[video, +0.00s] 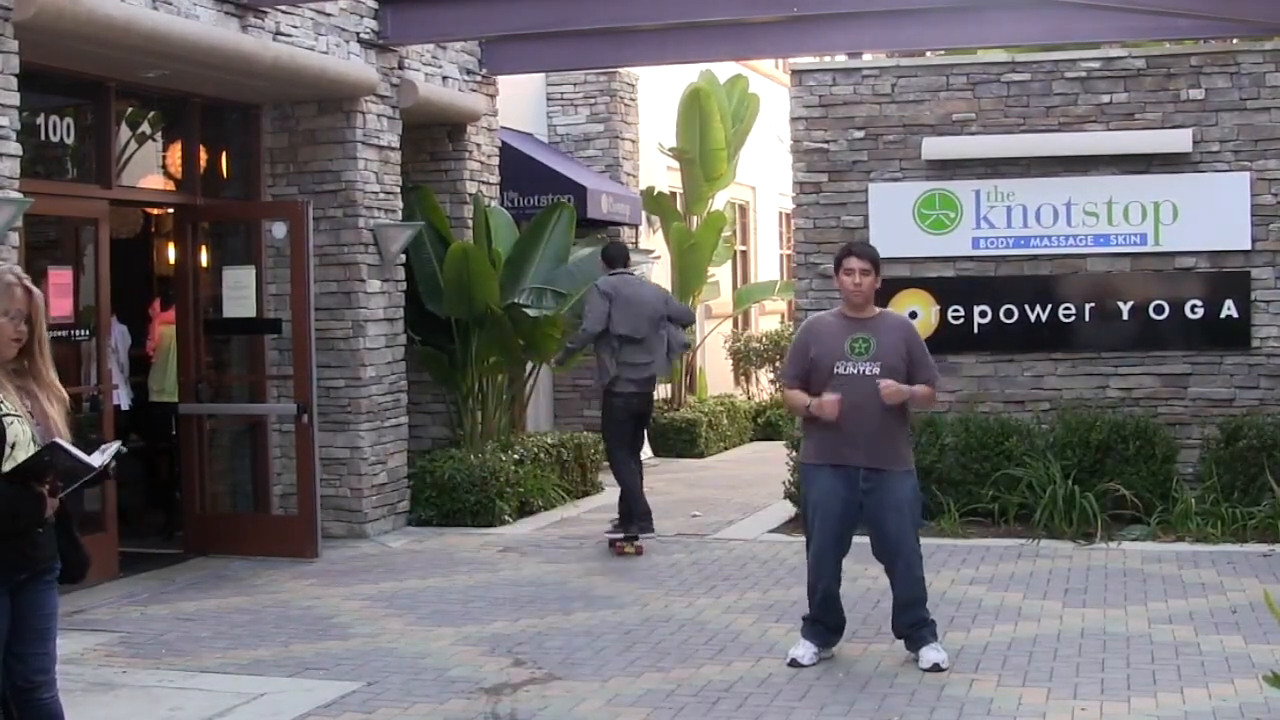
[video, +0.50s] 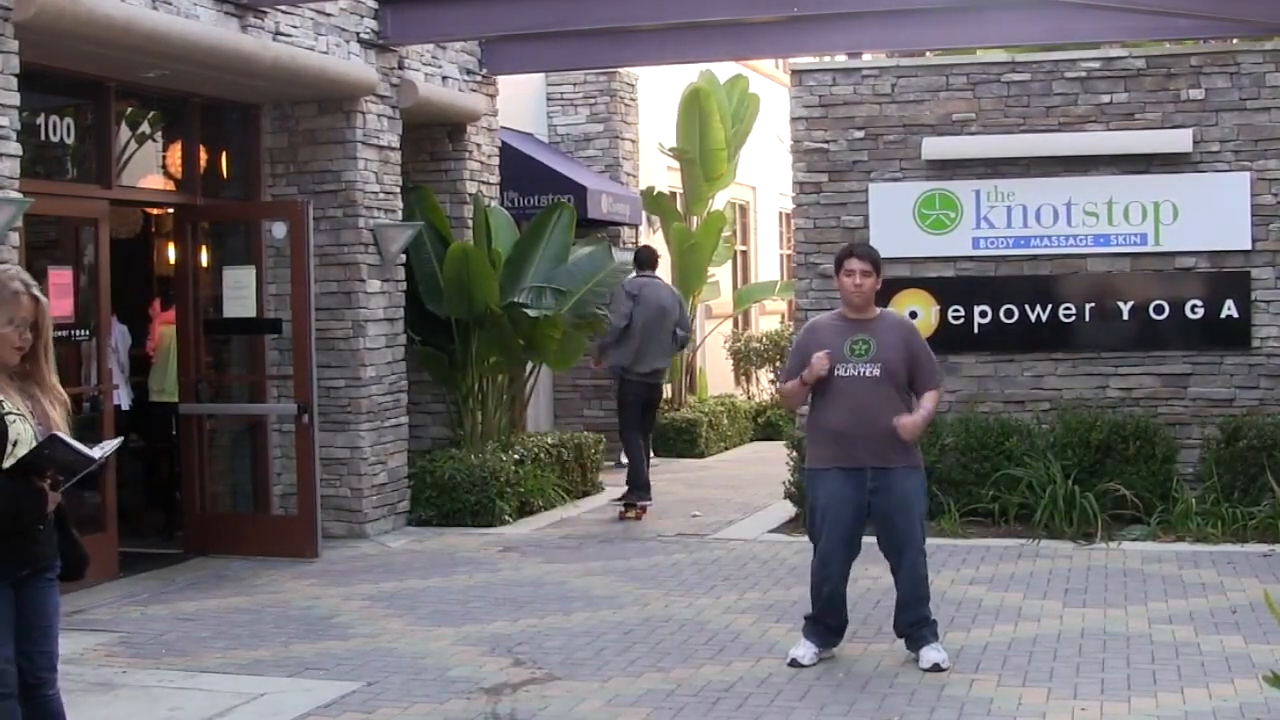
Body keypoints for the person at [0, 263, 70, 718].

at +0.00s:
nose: (20, 329)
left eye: (27, 320)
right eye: (11, 317)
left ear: (34, 326)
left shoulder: (36, 389)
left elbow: (57, 464)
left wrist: (61, 486)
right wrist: (28, 505)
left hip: (36, 558)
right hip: (2, 560)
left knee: (36, 690)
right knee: (9, 692)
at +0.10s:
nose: (18, 329)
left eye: (24, 318)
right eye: (9, 316)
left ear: (33, 326)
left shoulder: (37, 389)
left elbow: (58, 466)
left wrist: (57, 490)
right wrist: (28, 503)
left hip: (36, 557)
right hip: (3, 558)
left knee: (36, 689)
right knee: (12, 690)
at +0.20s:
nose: (18, 329)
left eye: (25, 319)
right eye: (9, 317)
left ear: (34, 326)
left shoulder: (39, 390)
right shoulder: (3, 392)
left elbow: (57, 465)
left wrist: (56, 489)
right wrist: (28, 503)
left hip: (37, 558)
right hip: (3, 559)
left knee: (39, 689)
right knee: (8, 692)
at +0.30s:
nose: (20, 331)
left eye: (26, 321)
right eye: (11, 319)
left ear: (34, 328)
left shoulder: (38, 391)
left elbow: (56, 466)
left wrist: (54, 489)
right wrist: (27, 502)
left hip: (37, 559)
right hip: (4, 560)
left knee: (42, 690)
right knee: (9, 694)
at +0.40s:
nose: (22, 332)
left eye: (28, 323)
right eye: (13, 321)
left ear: (36, 328)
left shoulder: (40, 391)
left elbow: (65, 471)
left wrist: (54, 493)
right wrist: (29, 496)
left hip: (38, 559)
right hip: (3, 560)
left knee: (43, 689)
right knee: (6, 694)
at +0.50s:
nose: (24, 336)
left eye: (30, 326)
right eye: (14, 324)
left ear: (38, 330)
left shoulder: (43, 391)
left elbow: (66, 473)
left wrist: (55, 495)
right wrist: (29, 497)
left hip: (38, 556)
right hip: (2, 557)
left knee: (42, 682)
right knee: (6, 685)